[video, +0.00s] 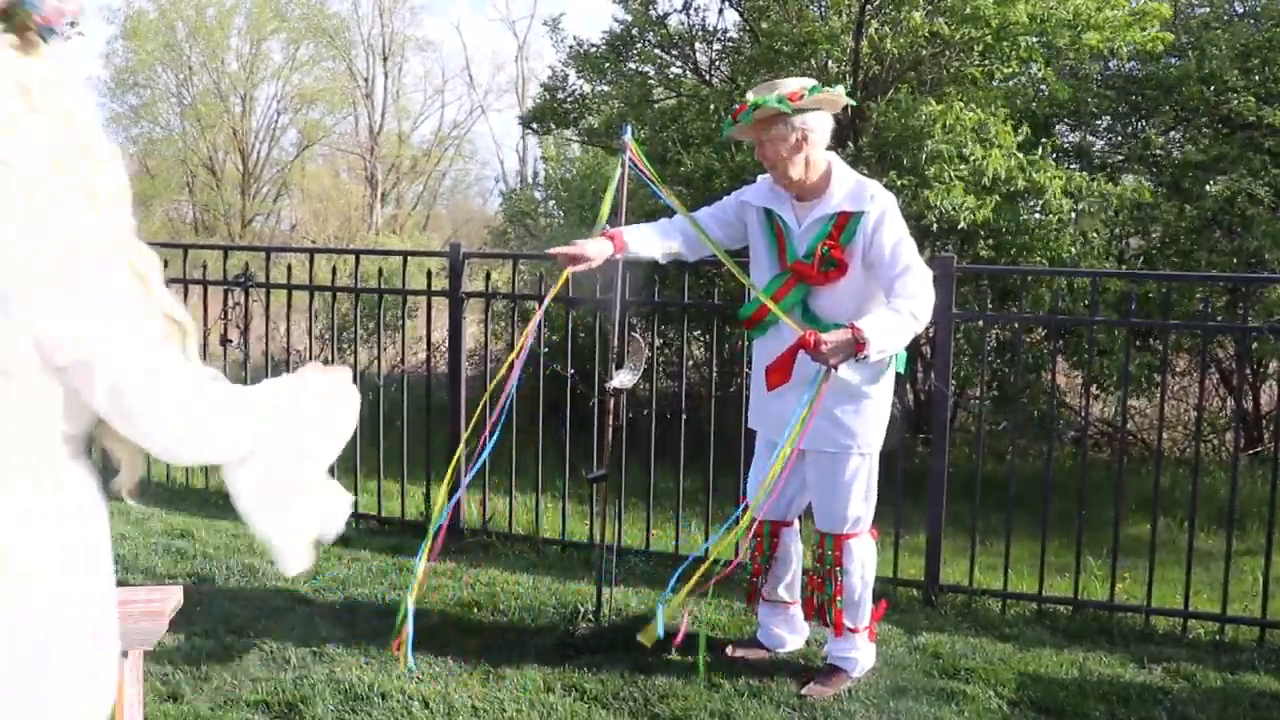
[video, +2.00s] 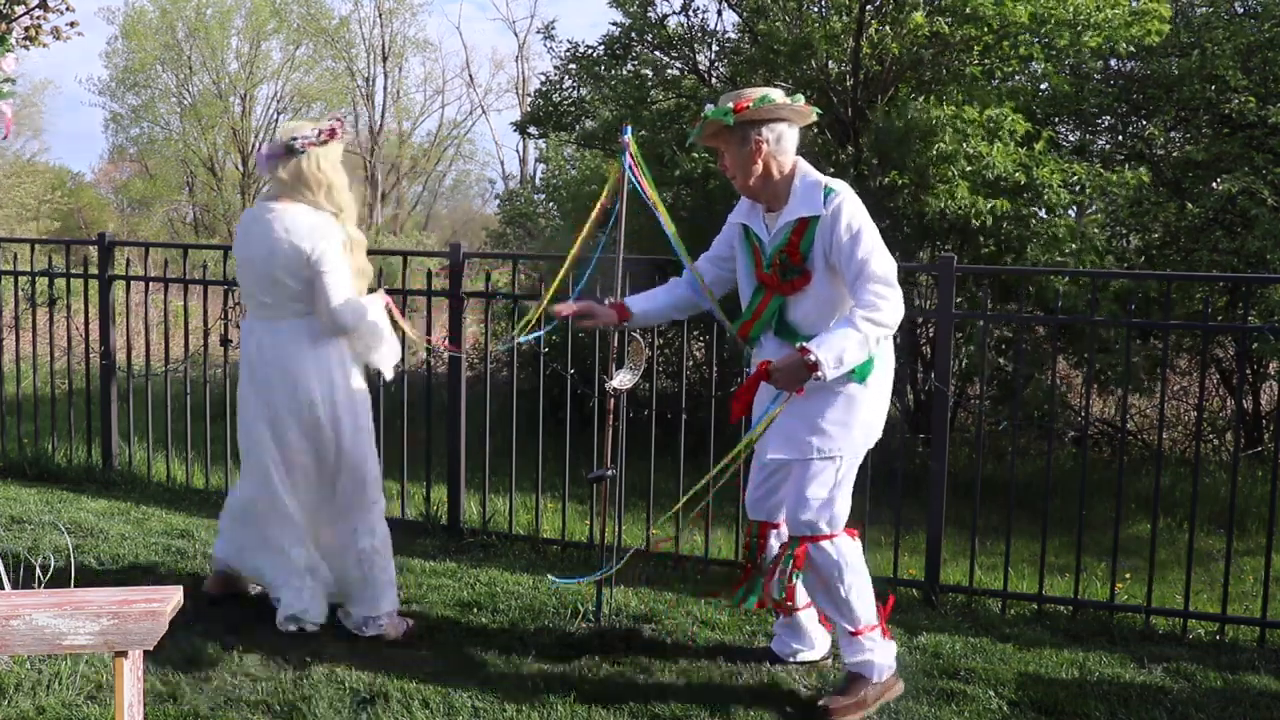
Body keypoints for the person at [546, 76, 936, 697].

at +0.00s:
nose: (756, 149)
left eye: (765, 136)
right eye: (753, 139)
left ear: (806, 136)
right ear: (768, 144)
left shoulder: (870, 206)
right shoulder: (756, 202)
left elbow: (915, 294)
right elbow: (683, 232)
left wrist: (857, 338)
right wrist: (610, 243)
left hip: (853, 382)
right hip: (778, 376)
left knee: (846, 520)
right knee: (771, 507)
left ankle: (849, 657)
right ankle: (779, 637)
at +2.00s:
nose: (719, 167)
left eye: (724, 153)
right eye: (716, 155)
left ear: (764, 144)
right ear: (752, 148)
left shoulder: (835, 206)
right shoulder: (747, 216)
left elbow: (882, 304)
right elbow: (696, 286)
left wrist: (818, 358)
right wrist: (617, 311)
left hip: (843, 379)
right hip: (777, 376)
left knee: (811, 513)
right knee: (767, 506)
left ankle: (874, 666)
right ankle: (801, 642)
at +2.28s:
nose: (744, 165)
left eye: (747, 149)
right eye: (741, 152)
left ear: (786, 145)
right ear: (786, 147)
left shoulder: (858, 211)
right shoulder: (784, 222)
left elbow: (882, 324)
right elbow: (770, 311)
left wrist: (798, 364)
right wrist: (708, 364)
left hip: (865, 397)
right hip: (811, 395)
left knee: (850, 543)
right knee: (787, 518)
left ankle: (880, 695)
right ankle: (801, 636)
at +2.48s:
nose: (773, 158)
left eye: (776, 142)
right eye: (770, 144)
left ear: (815, 139)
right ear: (817, 140)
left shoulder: (877, 205)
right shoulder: (830, 213)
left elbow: (886, 325)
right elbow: (828, 319)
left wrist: (792, 355)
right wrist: (769, 352)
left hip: (893, 412)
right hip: (846, 408)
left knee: (867, 557)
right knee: (811, 518)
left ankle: (882, 703)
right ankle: (841, 642)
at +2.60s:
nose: (795, 158)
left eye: (798, 141)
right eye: (791, 143)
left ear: (837, 133)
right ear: (839, 135)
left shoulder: (895, 204)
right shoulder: (853, 209)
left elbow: (899, 324)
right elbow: (862, 322)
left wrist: (796, 346)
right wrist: (792, 352)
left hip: (904, 417)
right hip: (865, 412)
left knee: (870, 555)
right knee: (841, 528)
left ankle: (879, 702)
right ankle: (934, 651)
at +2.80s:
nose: (828, 154)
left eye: (833, 138)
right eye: (827, 141)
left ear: (873, 135)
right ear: (879, 137)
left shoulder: (924, 206)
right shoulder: (898, 209)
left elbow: (930, 320)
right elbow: (907, 328)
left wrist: (824, 335)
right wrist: (838, 354)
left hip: (928, 429)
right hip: (935, 424)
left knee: (887, 559)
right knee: (940, 554)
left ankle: (881, 703)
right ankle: (991, 694)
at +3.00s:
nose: (867, 165)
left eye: (871, 148)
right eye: (864, 151)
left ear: (913, 140)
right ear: (917, 143)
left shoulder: (964, 205)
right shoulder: (940, 211)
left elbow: (962, 316)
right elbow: (950, 327)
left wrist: (856, 328)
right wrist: (878, 353)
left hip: (982, 414)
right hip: (980, 414)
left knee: (914, 547)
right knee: (962, 551)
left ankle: (942, 701)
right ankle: (994, 696)